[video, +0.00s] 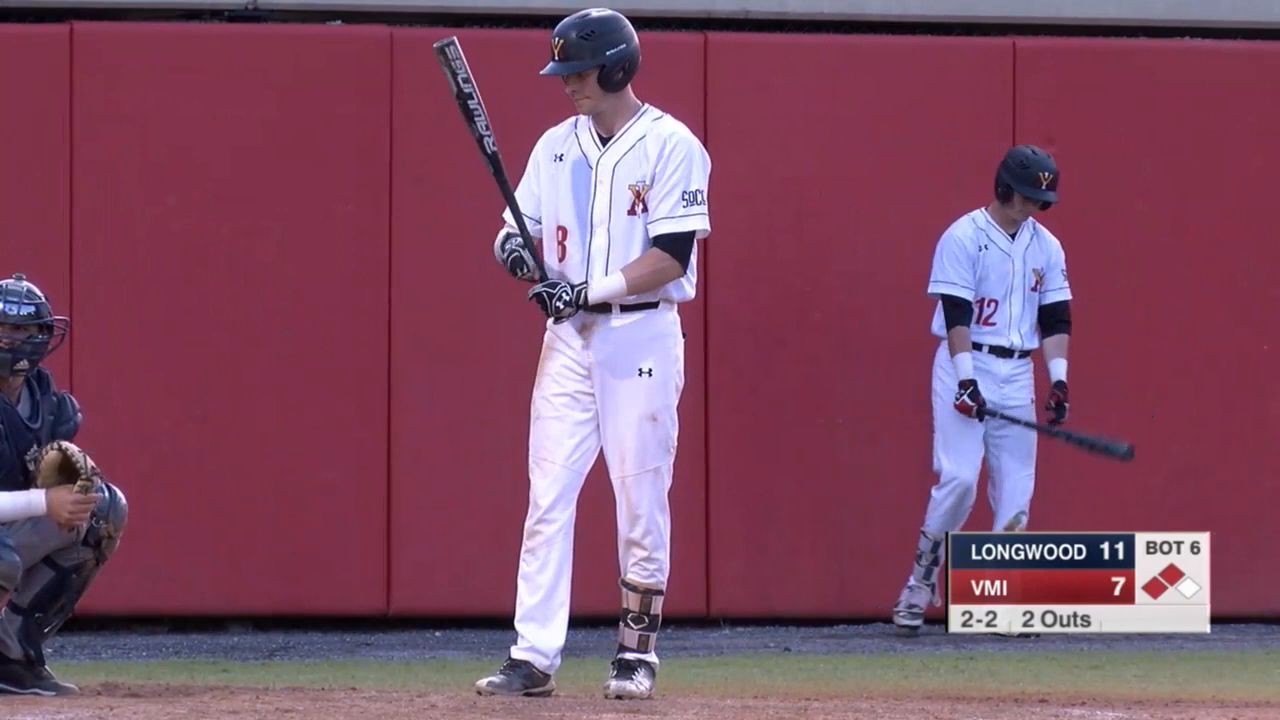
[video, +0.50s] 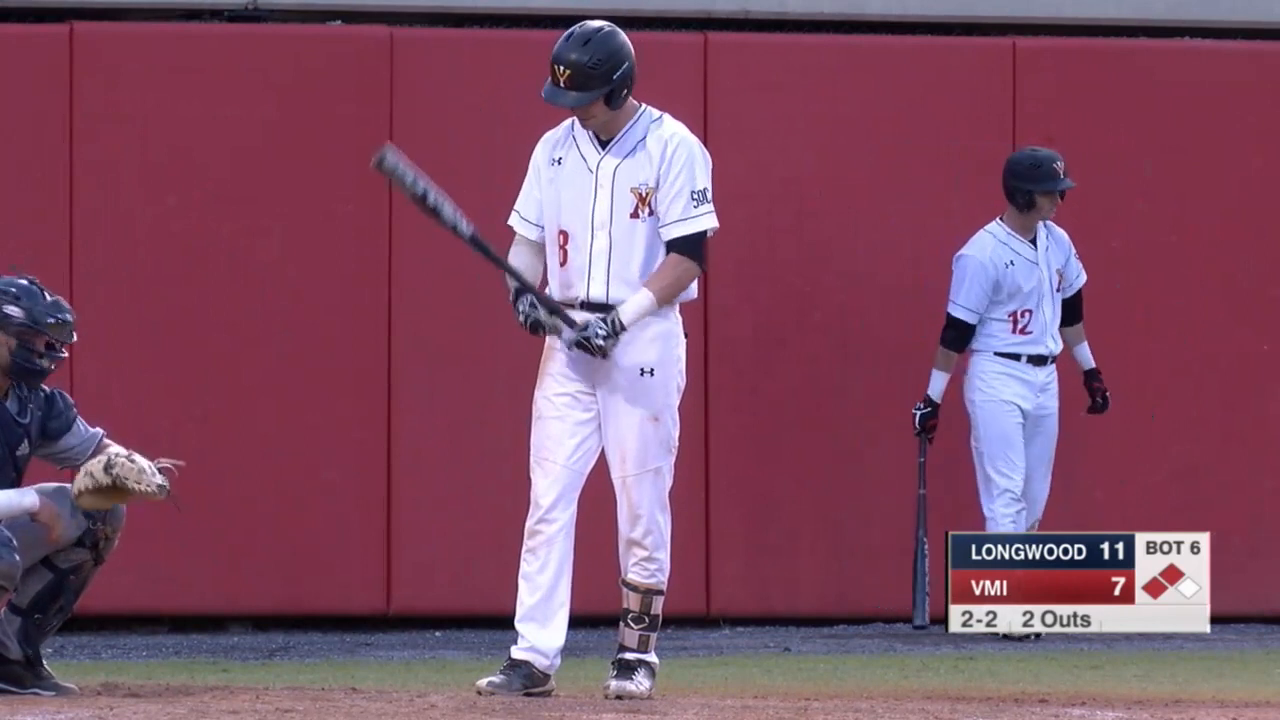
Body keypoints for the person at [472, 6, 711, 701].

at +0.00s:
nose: (565, 84)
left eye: (576, 73)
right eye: (563, 73)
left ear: (613, 70)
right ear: (575, 73)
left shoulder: (675, 146)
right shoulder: (555, 145)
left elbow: (671, 258)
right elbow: (513, 228)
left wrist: (591, 291)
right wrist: (515, 250)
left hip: (642, 338)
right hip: (566, 339)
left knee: (639, 495)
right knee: (548, 497)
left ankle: (636, 653)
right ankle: (534, 657)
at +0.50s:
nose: (572, 110)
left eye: (581, 99)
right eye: (567, 98)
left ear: (617, 87)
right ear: (566, 87)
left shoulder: (673, 144)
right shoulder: (553, 147)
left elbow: (689, 255)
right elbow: (528, 241)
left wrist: (622, 313)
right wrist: (523, 291)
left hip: (643, 345)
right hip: (565, 342)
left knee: (640, 500)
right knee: (548, 501)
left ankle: (635, 655)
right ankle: (533, 658)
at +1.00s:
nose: (573, 127)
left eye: (582, 115)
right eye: (563, 115)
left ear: (614, 98)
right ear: (553, 101)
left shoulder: (672, 149)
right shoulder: (544, 146)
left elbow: (724, 249)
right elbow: (524, 246)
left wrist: (777, 329)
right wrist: (497, 337)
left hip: (640, 341)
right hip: (563, 339)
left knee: (638, 490)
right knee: (546, 496)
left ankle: (635, 652)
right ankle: (533, 656)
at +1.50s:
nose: (566, 131)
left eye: (574, 119)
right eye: (557, 119)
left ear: (606, 101)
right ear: (549, 104)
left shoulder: (671, 149)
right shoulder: (544, 146)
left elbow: (714, 255)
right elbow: (529, 251)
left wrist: (756, 340)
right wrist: (507, 341)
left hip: (643, 339)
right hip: (565, 336)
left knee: (639, 491)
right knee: (547, 496)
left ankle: (635, 654)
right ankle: (531, 657)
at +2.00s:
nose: (571, 132)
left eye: (579, 121)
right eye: (564, 122)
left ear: (613, 103)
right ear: (558, 106)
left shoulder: (672, 146)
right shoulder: (551, 146)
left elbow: (675, 258)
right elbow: (537, 241)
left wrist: (595, 302)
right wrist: (529, 285)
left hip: (644, 343)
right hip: (569, 341)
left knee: (640, 497)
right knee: (549, 499)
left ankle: (636, 654)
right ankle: (533, 657)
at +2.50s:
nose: (572, 136)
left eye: (583, 126)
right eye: (564, 125)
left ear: (615, 107)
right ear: (554, 107)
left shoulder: (669, 146)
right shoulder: (544, 144)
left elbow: (675, 257)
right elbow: (520, 225)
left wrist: (582, 272)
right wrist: (533, 256)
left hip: (644, 336)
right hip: (570, 334)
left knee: (639, 490)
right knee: (548, 494)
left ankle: (635, 653)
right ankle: (533, 657)